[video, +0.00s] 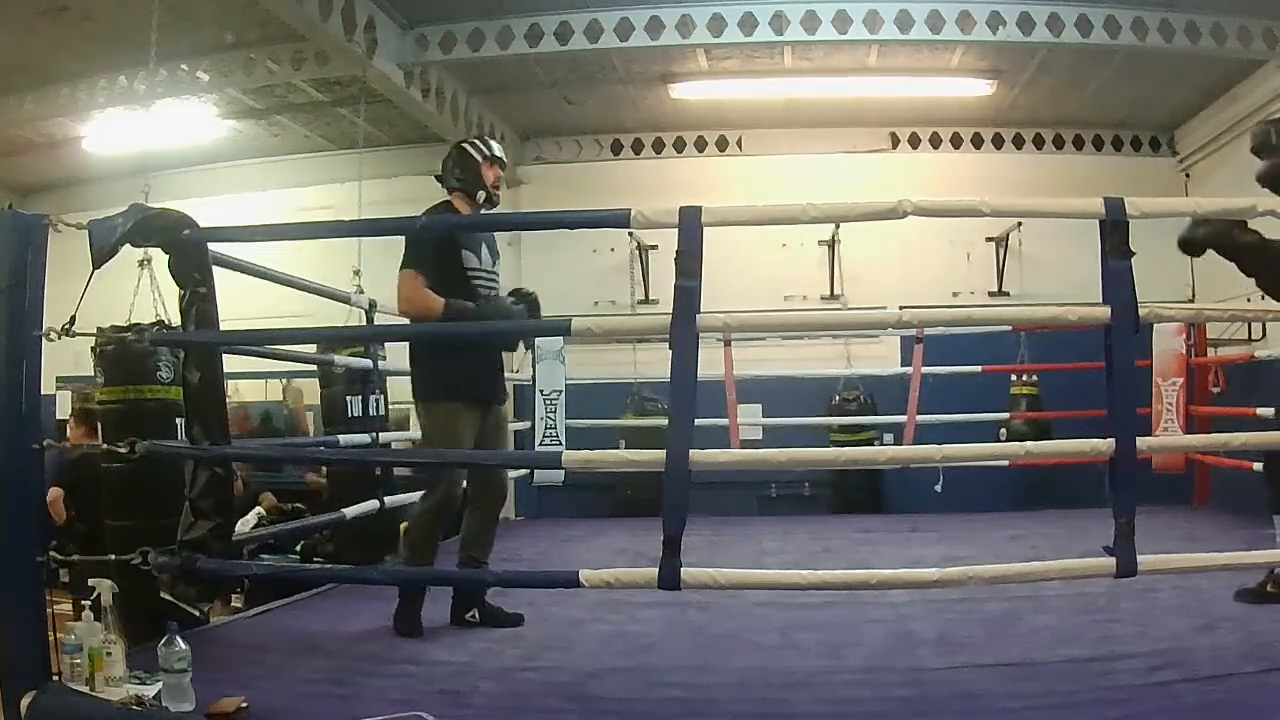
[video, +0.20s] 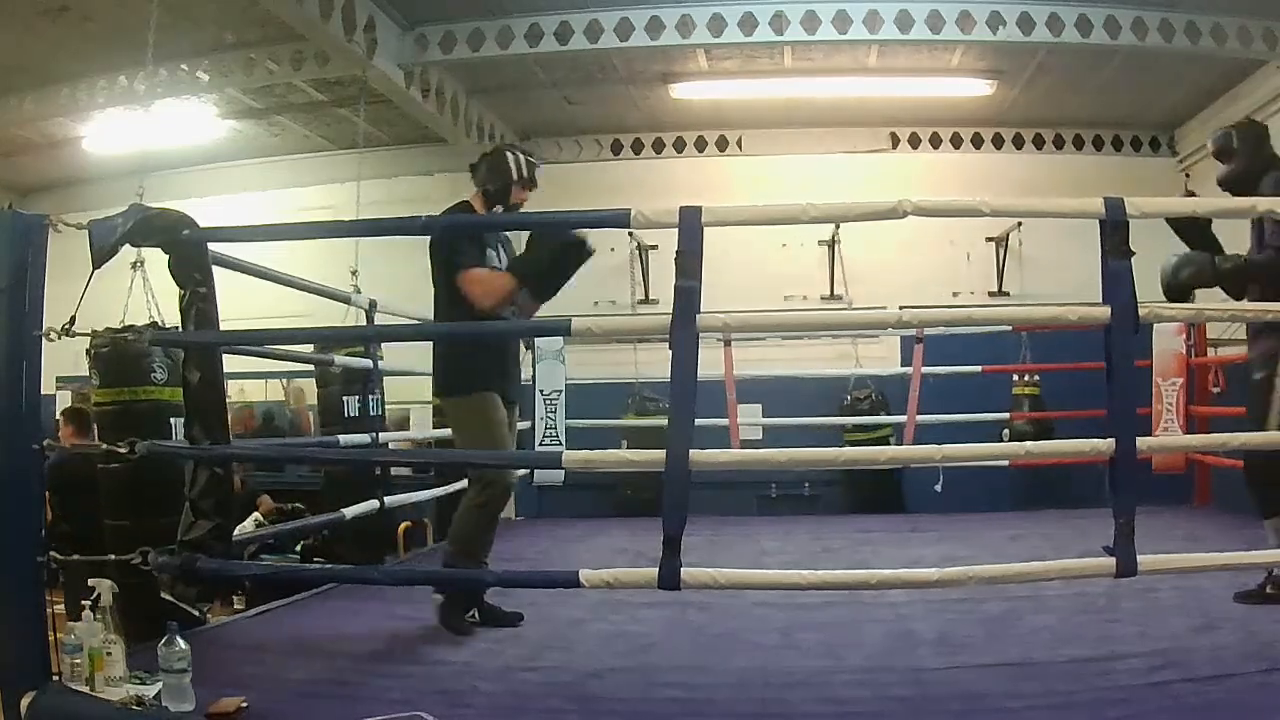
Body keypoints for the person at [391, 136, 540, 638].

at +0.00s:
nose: (499, 176)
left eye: (499, 169)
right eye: (491, 166)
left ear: (485, 177)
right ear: (464, 167)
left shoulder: (483, 235)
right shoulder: (432, 224)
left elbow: (477, 303)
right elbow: (408, 298)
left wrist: (513, 305)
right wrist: (475, 312)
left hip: (487, 384)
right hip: (444, 385)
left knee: (490, 489)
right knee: (444, 489)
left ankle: (469, 600)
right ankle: (409, 599)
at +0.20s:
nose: (527, 199)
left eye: (530, 190)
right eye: (525, 189)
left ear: (498, 181)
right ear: (507, 182)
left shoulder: (499, 233)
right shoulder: (457, 224)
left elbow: (517, 309)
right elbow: (482, 293)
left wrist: (553, 274)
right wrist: (532, 260)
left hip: (498, 381)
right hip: (467, 380)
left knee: (495, 483)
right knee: (494, 480)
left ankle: (470, 596)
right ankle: (455, 595)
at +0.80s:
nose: (651, 184)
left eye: (651, 177)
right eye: (646, 175)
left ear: (616, 173)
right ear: (620, 173)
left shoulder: (635, 227)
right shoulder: (577, 223)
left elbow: (650, 300)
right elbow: (606, 296)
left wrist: (697, 282)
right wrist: (655, 253)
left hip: (634, 384)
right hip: (583, 388)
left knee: (684, 479)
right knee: (568, 500)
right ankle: (540, 617)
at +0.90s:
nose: (693, 190)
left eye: (690, 182)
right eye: (684, 182)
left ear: (664, 191)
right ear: (655, 187)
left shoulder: (676, 244)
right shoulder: (609, 234)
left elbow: (727, 297)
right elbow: (641, 296)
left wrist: (764, 253)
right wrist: (684, 259)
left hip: (673, 403)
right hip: (610, 402)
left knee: (720, 491)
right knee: (583, 506)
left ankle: (743, 595)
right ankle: (542, 614)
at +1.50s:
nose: (672, 198)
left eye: (672, 188)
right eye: (665, 188)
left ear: (627, 188)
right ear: (638, 187)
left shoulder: (630, 236)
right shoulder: (607, 233)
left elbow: (668, 296)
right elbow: (672, 291)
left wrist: (703, 246)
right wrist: (711, 243)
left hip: (640, 406)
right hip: (602, 407)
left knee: (705, 491)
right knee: (561, 514)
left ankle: (739, 597)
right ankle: (503, 616)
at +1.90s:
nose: (630, 201)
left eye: (630, 194)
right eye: (626, 193)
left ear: (577, 189)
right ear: (614, 192)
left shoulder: (584, 237)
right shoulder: (581, 236)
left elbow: (623, 282)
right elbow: (660, 287)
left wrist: (644, 232)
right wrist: (682, 241)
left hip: (583, 393)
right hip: (568, 394)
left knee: (573, 512)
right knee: (566, 519)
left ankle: (529, 595)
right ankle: (489, 644)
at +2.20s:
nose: (668, 177)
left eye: (668, 167)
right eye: (666, 167)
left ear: (618, 163)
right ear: (652, 169)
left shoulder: (625, 215)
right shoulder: (616, 215)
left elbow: (692, 264)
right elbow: (704, 264)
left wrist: (704, 206)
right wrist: (723, 202)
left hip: (619, 380)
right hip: (590, 381)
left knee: (671, 481)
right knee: (602, 503)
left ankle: (648, 606)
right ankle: (506, 626)